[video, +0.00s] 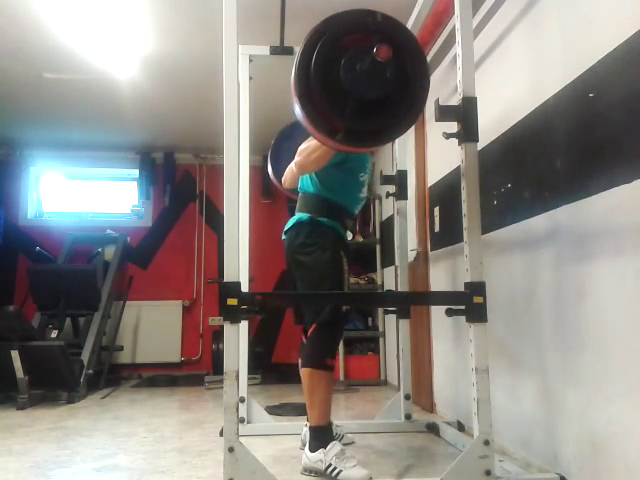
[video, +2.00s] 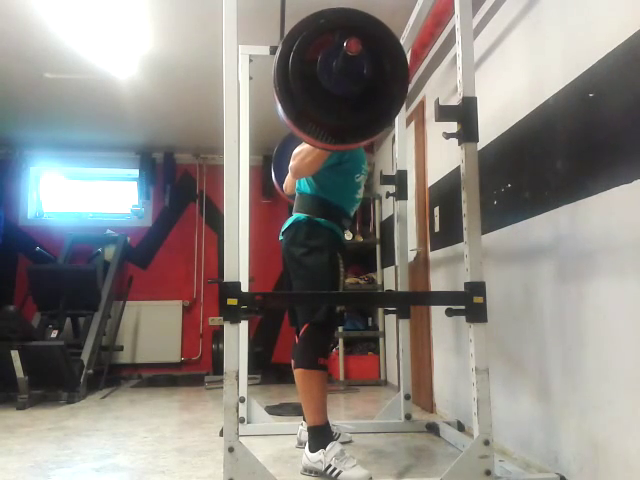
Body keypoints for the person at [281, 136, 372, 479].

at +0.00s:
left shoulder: (353, 137)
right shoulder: (338, 132)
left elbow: (289, 180)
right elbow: (297, 168)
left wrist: (302, 162)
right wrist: (340, 138)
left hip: (319, 232)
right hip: (313, 232)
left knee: (321, 330)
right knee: (326, 329)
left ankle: (318, 433)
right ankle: (320, 445)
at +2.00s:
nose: (373, 135)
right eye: (368, 126)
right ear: (351, 114)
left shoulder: (345, 144)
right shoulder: (330, 134)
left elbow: (289, 186)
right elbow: (296, 170)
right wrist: (333, 134)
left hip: (317, 234)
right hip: (310, 233)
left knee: (314, 333)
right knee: (316, 332)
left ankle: (315, 429)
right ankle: (319, 446)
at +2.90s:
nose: (372, 127)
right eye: (368, 120)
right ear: (351, 114)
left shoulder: (345, 145)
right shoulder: (331, 135)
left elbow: (288, 187)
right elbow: (293, 169)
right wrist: (327, 131)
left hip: (317, 235)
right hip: (309, 234)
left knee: (312, 332)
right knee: (315, 332)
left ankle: (314, 428)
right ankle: (319, 446)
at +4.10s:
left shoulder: (353, 169)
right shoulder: (327, 166)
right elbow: (293, 212)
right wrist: (339, 182)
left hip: (306, 259)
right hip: (285, 255)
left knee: (333, 328)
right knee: (351, 324)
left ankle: (314, 422)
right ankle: (321, 445)